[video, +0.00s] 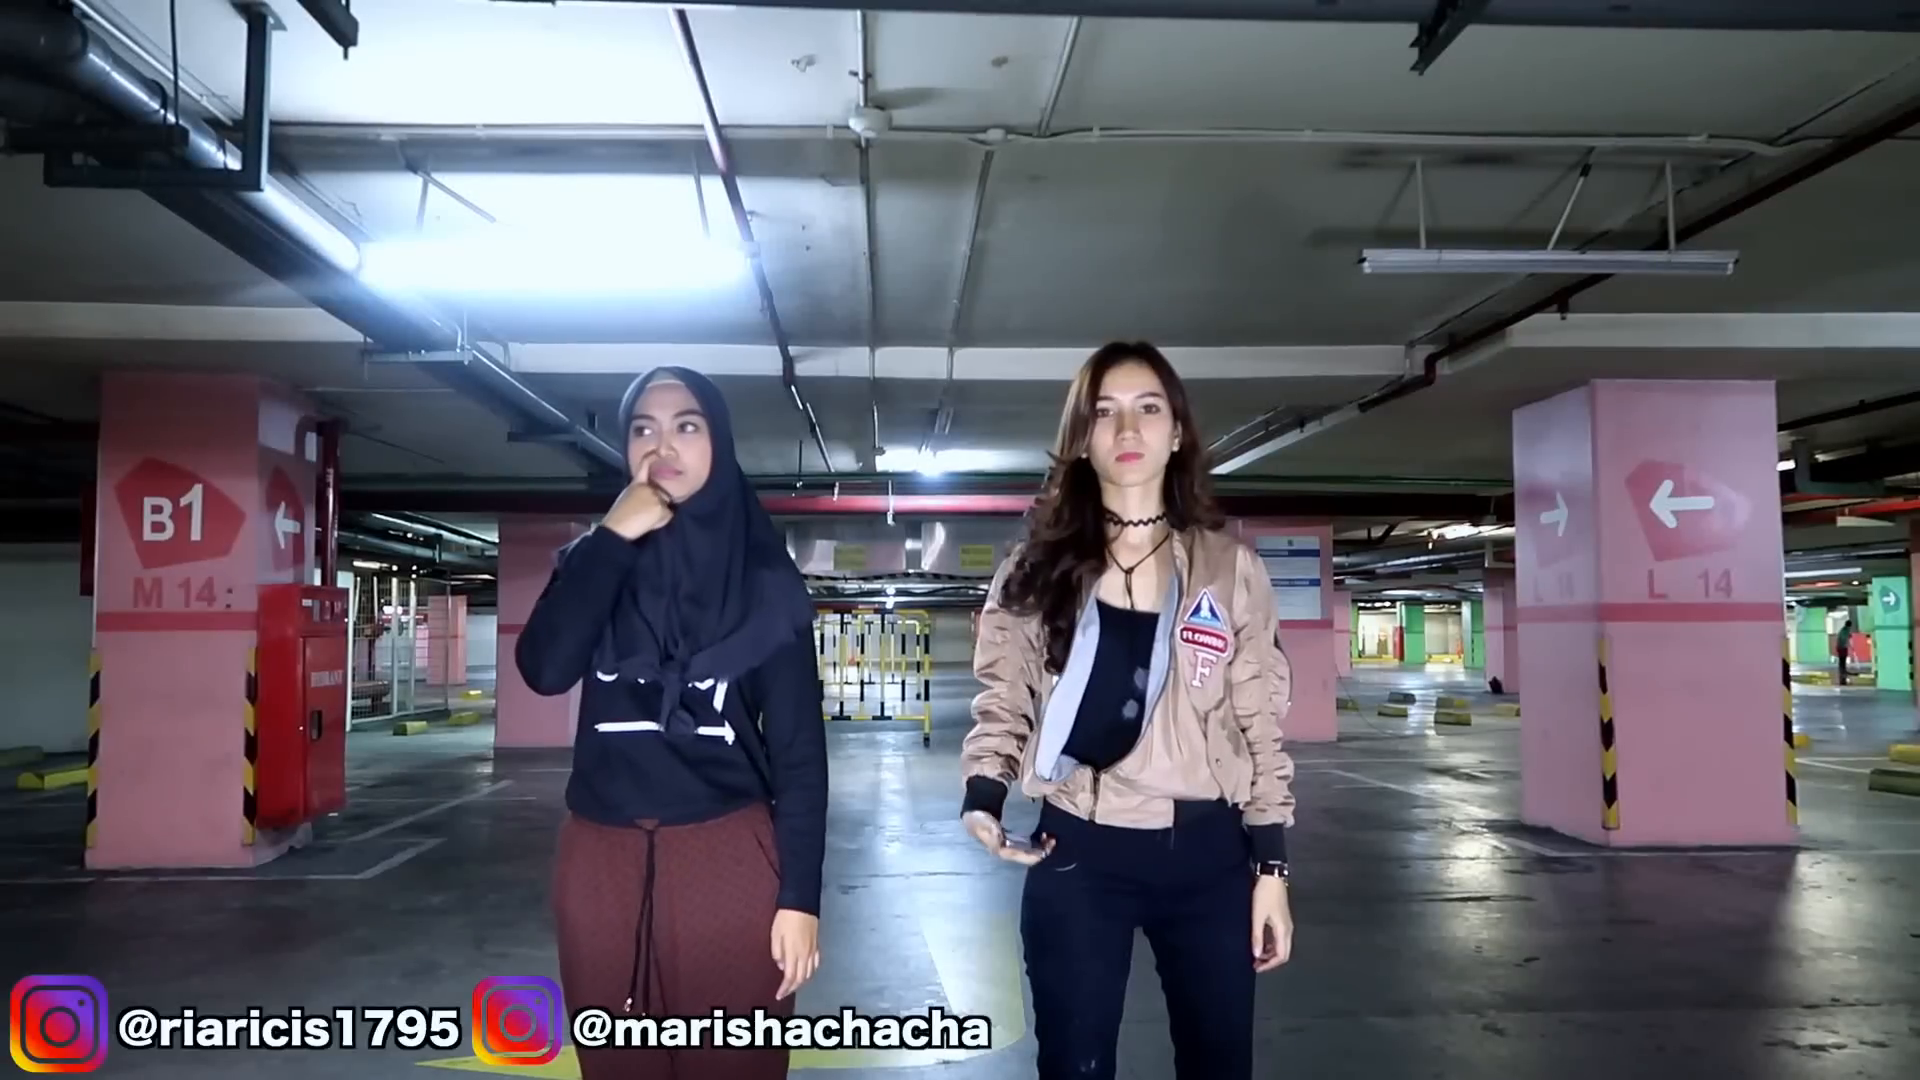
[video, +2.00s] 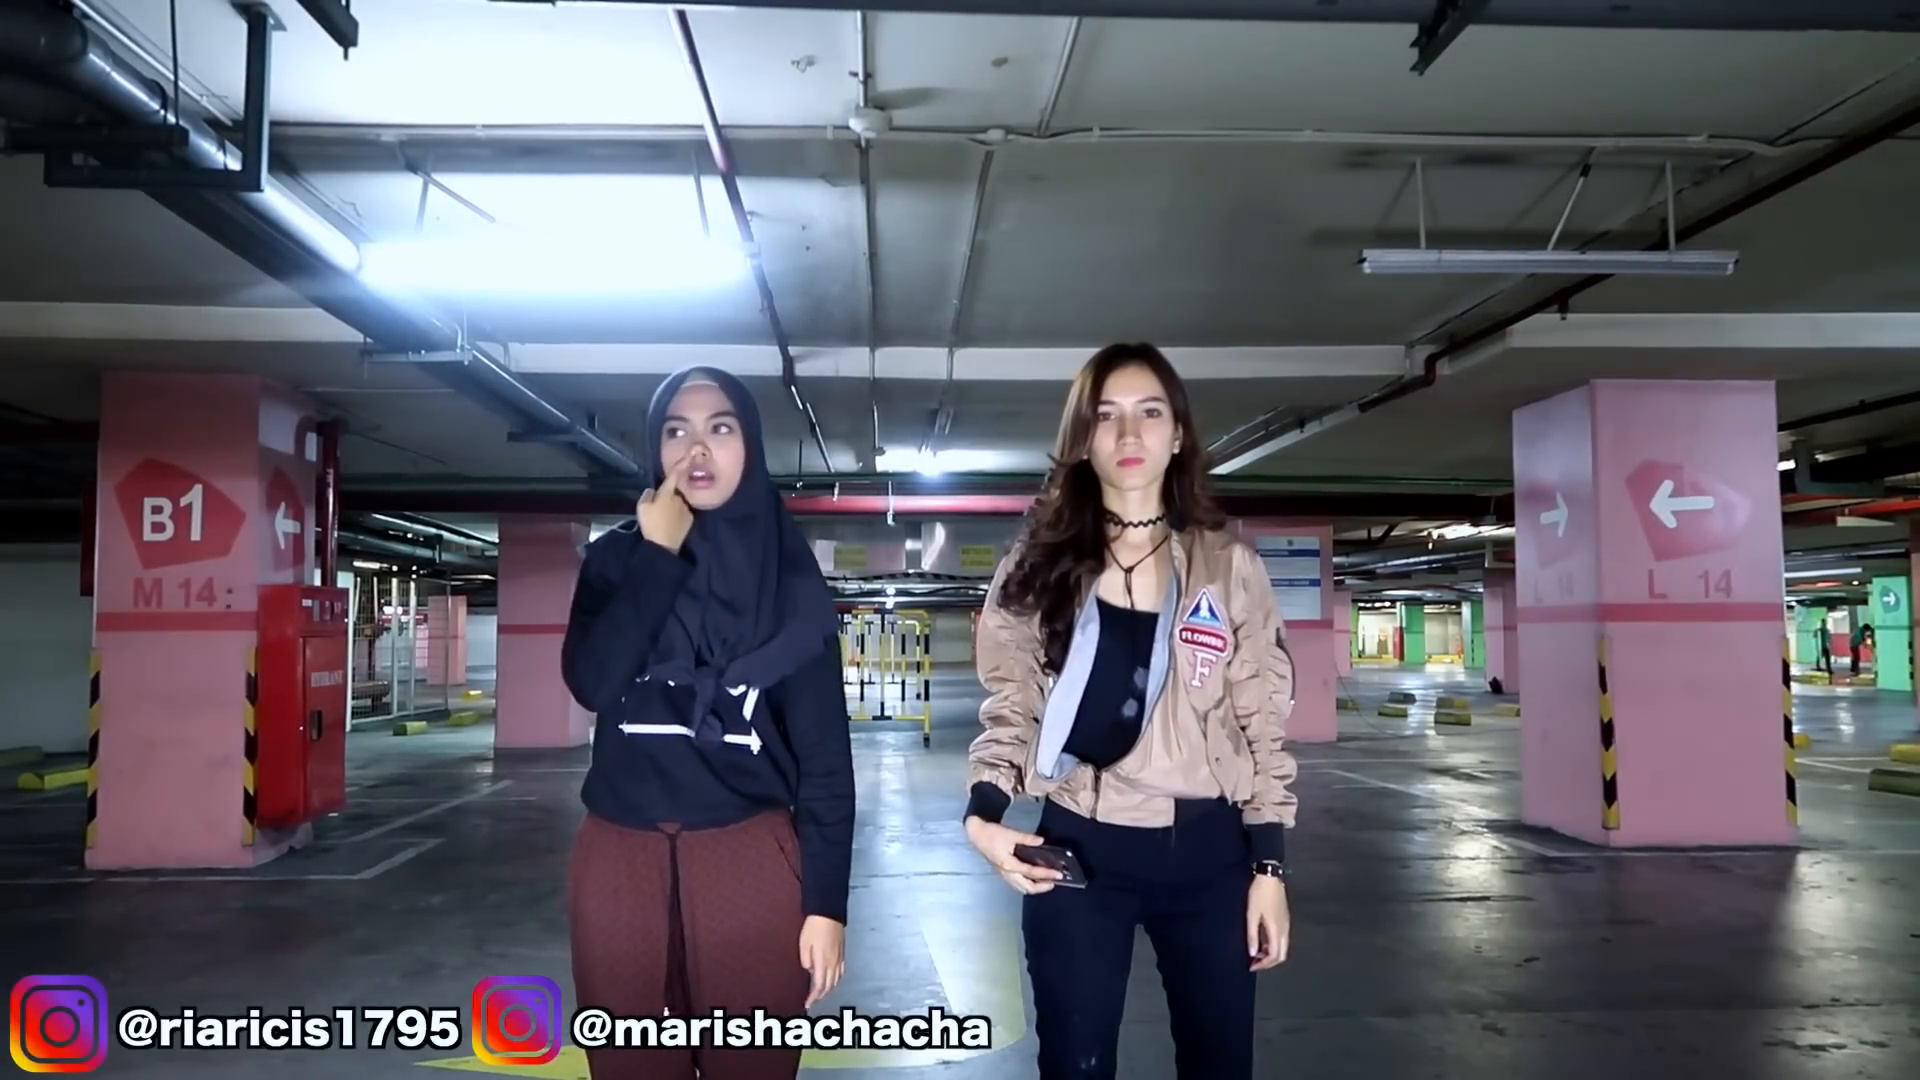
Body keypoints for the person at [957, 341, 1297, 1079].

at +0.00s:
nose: (1127, 427)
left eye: (1148, 409)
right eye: (1106, 412)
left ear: (1177, 430)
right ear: (1082, 436)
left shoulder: (1231, 565)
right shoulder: (1035, 564)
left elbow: (1259, 720)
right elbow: (1003, 694)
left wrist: (1271, 863)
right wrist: (982, 798)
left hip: (1206, 855)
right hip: (1076, 854)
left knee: (1220, 1068)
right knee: (1075, 1070)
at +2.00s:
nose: (1128, 432)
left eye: (1149, 412)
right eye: (1107, 416)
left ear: (1178, 431)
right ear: (1083, 437)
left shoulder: (1230, 563)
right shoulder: (1037, 561)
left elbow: (1261, 718)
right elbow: (1010, 700)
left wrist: (1268, 863)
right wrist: (981, 814)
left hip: (1206, 853)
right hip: (1076, 854)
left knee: (1221, 1067)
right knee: (1075, 1070)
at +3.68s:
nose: (1138, 429)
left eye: (1159, 408)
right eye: (1118, 413)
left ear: (1195, 428)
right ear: (1097, 438)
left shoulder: (1248, 562)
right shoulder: (1057, 555)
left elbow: (1343, 664)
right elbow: (976, 671)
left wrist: (1320, 784)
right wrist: (988, 788)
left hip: (1223, 854)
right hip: (1092, 856)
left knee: (1244, 1066)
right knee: (1086, 1067)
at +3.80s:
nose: (1141, 457)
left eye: (1165, 431)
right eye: (1133, 438)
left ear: (1226, 444)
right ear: (1122, 455)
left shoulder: (1281, 591)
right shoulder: (1086, 574)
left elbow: (1391, 689)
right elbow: (992, 671)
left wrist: (1341, 779)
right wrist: (979, 790)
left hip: (1236, 870)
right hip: (1106, 866)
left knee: (1258, 1069)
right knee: (1074, 1066)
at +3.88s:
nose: (1150, 489)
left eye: (1176, 465)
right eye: (1149, 470)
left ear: (1242, 485)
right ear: (1140, 485)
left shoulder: (1299, 645)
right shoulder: (1100, 598)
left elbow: (1376, 779)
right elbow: (1008, 689)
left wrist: (1307, 815)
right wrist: (992, 774)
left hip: (1233, 895)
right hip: (1105, 882)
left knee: (1270, 1070)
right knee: (1053, 1052)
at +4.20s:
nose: (1235, 454)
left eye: (1259, 438)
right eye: (1218, 436)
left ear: (1287, 464)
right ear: (1189, 458)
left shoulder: (1290, 627)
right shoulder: (1120, 559)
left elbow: (1284, 800)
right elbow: (1008, 612)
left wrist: (1257, 725)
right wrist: (934, 687)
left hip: (1180, 882)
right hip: (1060, 856)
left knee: (1180, 1069)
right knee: (965, 1060)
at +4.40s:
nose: (1146, 437)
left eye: (1171, 423)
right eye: (1126, 422)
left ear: (1203, 455)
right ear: (1099, 452)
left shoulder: (1242, 583)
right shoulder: (1058, 558)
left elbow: (1358, 715)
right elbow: (944, 610)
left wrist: (1265, 639)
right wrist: (917, 686)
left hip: (1161, 870)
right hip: (1037, 852)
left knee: (1157, 1070)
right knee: (961, 1060)